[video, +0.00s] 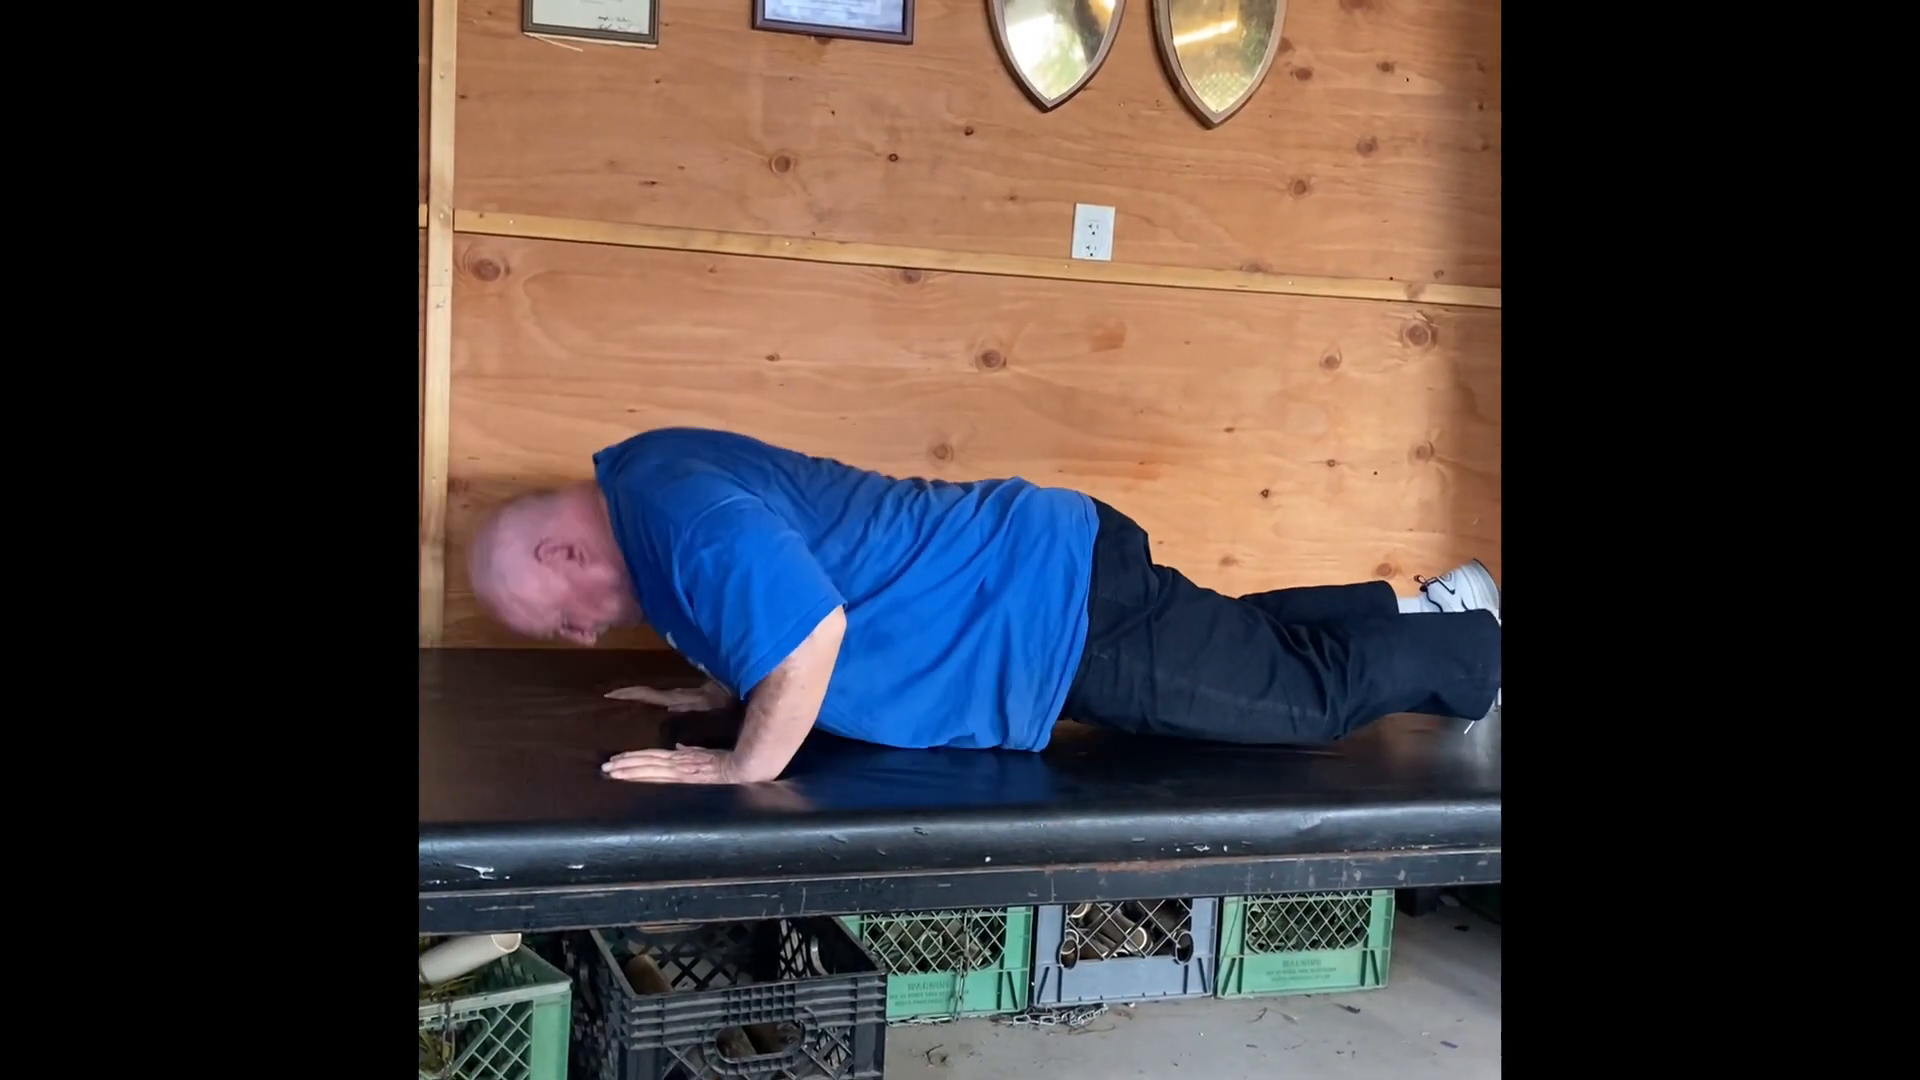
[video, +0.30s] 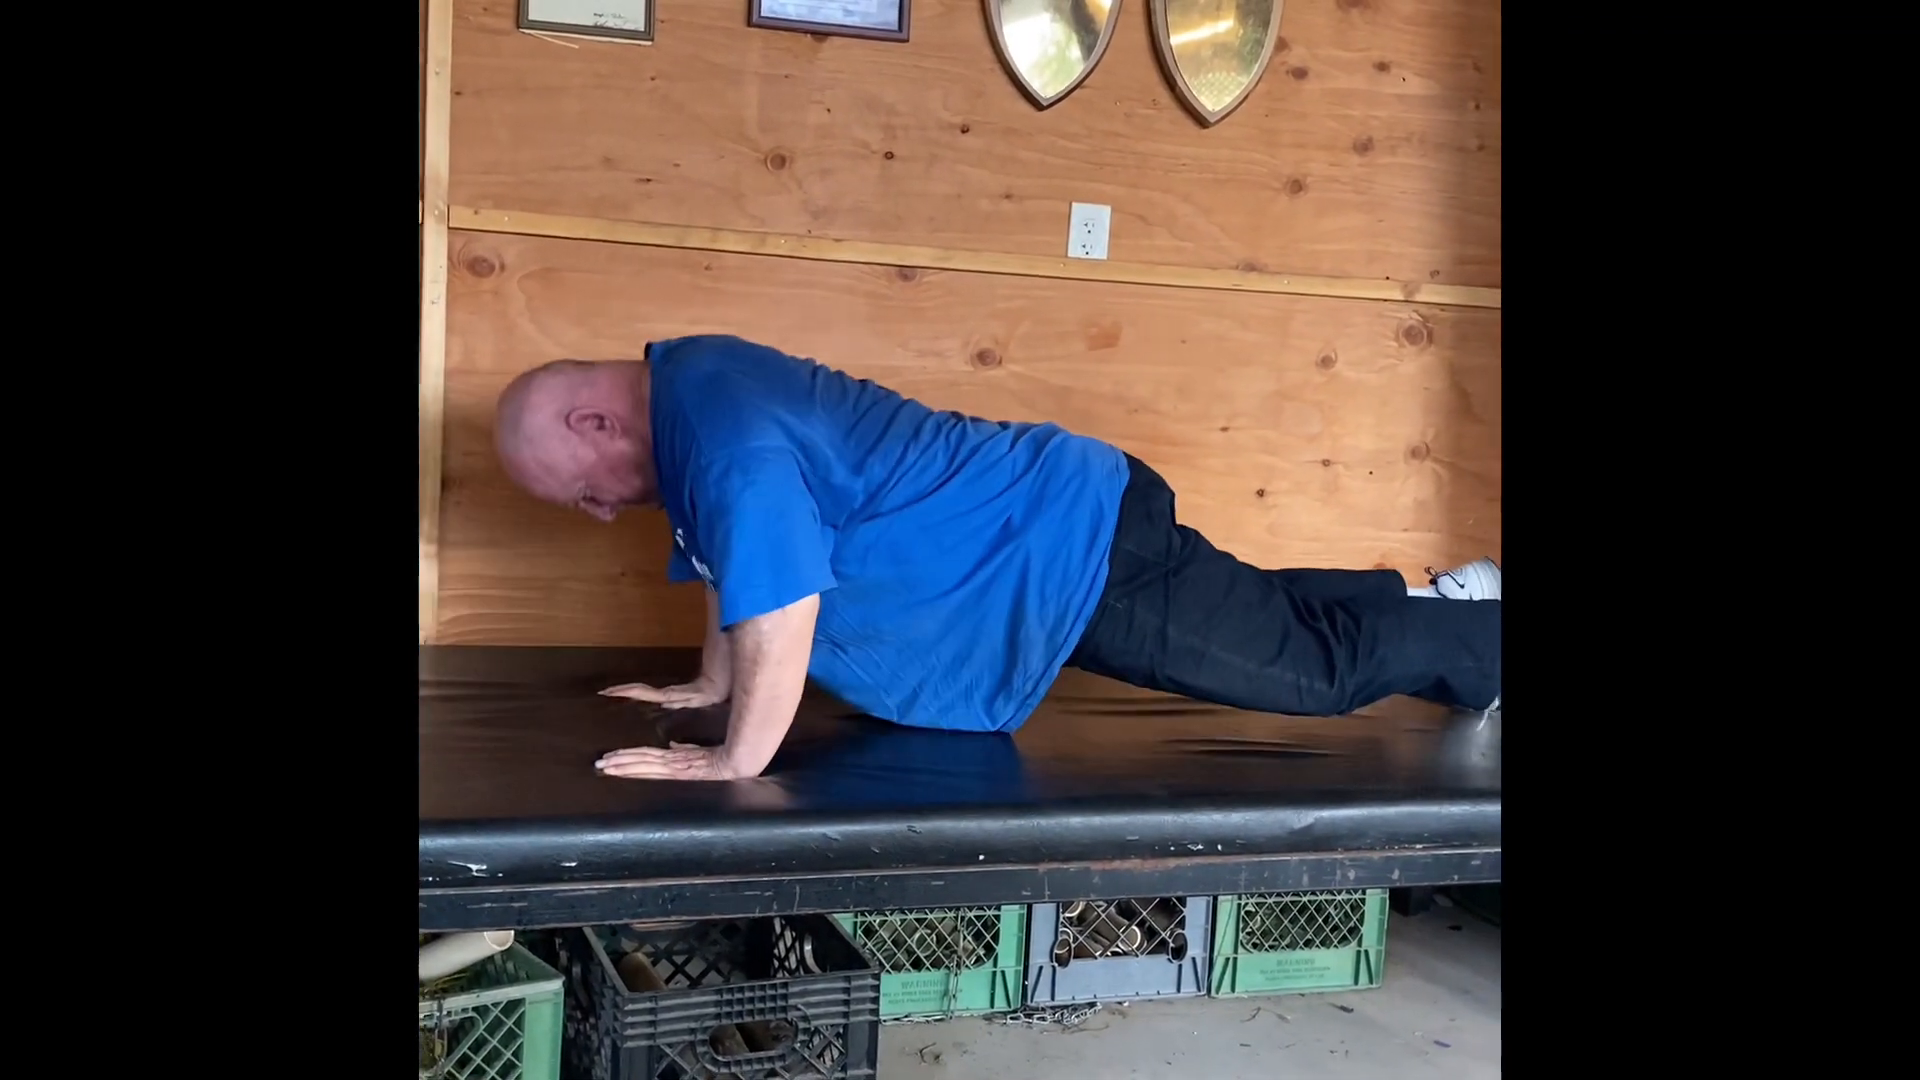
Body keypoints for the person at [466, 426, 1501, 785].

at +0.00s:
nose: (591, 622)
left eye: (568, 613)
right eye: (570, 619)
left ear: (566, 557)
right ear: (559, 528)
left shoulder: (683, 518)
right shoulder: (641, 487)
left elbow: (807, 633)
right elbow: (780, 599)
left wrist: (740, 771)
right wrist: (722, 693)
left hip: (1060, 607)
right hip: (1033, 586)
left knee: (1306, 687)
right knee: (1262, 654)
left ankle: (1479, 648)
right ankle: (1435, 612)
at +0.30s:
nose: (603, 504)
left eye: (585, 485)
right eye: (579, 496)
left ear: (597, 423)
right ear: (593, 409)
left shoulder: (720, 429)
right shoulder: (685, 407)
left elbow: (781, 597)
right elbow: (741, 573)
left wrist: (740, 758)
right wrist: (717, 693)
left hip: (1079, 555)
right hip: (1058, 540)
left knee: (1312, 666)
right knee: (1289, 618)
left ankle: (1486, 645)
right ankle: (1469, 605)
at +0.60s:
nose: (594, 570)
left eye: (568, 557)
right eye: (568, 564)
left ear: (572, 492)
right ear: (569, 473)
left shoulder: (693, 468)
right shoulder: (664, 450)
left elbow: (784, 615)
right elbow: (748, 605)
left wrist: (730, 766)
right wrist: (717, 717)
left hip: (1066, 590)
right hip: (1042, 579)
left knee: (1305, 687)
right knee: (1272, 639)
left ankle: (1479, 646)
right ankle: (1444, 610)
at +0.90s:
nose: (566, 658)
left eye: (543, 645)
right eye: (545, 657)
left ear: (539, 582)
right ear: (536, 572)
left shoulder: (661, 538)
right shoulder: (607, 529)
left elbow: (785, 636)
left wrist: (720, 771)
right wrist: (688, 714)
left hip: (1044, 634)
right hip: (1013, 636)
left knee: (1281, 725)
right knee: (1224, 669)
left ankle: (1471, 668)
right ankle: (1416, 625)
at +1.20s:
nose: (575, 557)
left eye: (551, 540)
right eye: (549, 555)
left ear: (555, 481)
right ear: (552, 492)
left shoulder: (678, 468)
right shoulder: (651, 456)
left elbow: (770, 622)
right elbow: (733, 606)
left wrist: (714, 769)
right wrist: (699, 721)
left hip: (1050, 599)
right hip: (1024, 585)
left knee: (1268, 712)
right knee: (1216, 655)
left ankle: (1455, 658)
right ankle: (1406, 614)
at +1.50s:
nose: (573, 511)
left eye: (556, 491)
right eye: (551, 502)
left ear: (571, 431)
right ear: (569, 415)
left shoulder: (695, 437)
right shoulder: (664, 412)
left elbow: (747, 613)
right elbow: (717, 592)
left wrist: (704, 770)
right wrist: (681, 705)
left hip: (1050, 583)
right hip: (1030, 557)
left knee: (1274, 696)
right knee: (1217, 638)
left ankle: (1462, 662)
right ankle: (1406, 618)